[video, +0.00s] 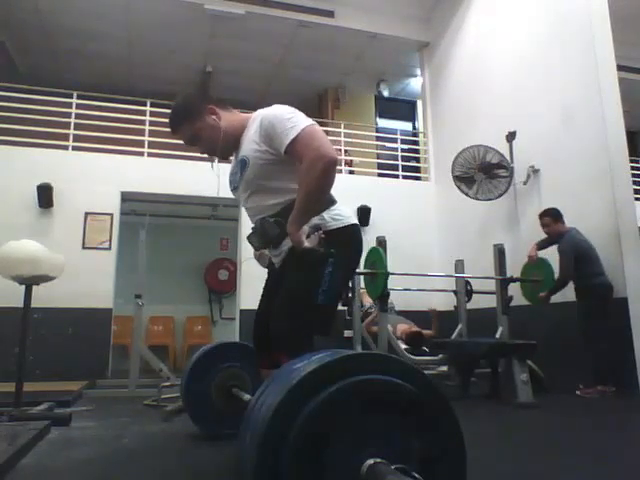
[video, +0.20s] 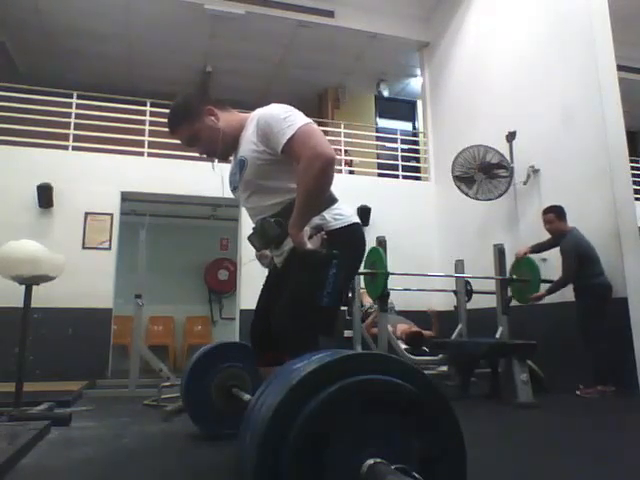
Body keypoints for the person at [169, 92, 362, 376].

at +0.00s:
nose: (200, 150)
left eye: (196, 139)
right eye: (192, 146)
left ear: (213, 115)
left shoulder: (272, 117)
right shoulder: (238, 168)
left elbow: (322, 158)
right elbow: (270, 212)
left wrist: (295, 225)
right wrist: (264, 245)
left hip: (326, 238)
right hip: (293, 252)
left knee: (292, 334)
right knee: (265, 337)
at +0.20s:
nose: (200, 152)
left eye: (196, 141)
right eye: (192, 147)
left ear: (212, 116)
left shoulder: (269, 117)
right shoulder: (237, 171)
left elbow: (320, 157)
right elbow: (273, 212)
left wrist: (296, 226)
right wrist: (266, 245)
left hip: (330, 238)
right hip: (295, 251)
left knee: (296, 331)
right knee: (264, 333)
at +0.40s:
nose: (201, 155)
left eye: (196, 143)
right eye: (193, 150)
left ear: (212, 118)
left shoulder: (269, 119)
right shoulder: (240, 170)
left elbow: (320, 157)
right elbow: (271, 216)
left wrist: (299, 232)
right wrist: (265, 251)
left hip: (330, 239)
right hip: (297, 250)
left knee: (297, 335)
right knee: (266, 335)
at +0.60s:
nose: (203, 152)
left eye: (198, 142)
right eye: (195, 148)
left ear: (214, 116)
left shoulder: (272, 118)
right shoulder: (243, 168)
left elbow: (312, 166)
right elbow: (272, 218)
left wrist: (291, 244)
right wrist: (250, 262)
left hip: (332, 236)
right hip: (297, 249)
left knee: (301, 335)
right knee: (267, 335)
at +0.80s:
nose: (203, 145)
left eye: (200, 134)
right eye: (196, 140)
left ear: (218, 112)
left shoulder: (272, 118)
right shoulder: (242, 169)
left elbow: (316, 154)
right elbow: (267, 217)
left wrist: (297, 228)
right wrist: (248, 259)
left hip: (326, 236)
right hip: (290, 249)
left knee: (301, 334)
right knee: (267, 335)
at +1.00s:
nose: (205, 138)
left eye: (203, 127)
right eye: (198, 133)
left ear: (222, 106)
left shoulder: (271, 117)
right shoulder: (241, 168)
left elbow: (332, 135)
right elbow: (265, 211)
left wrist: (310, 205)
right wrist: (254, 249)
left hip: (319, 231)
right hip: (286, 245)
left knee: (289, 325)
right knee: (268, 335)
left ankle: (333, 402)